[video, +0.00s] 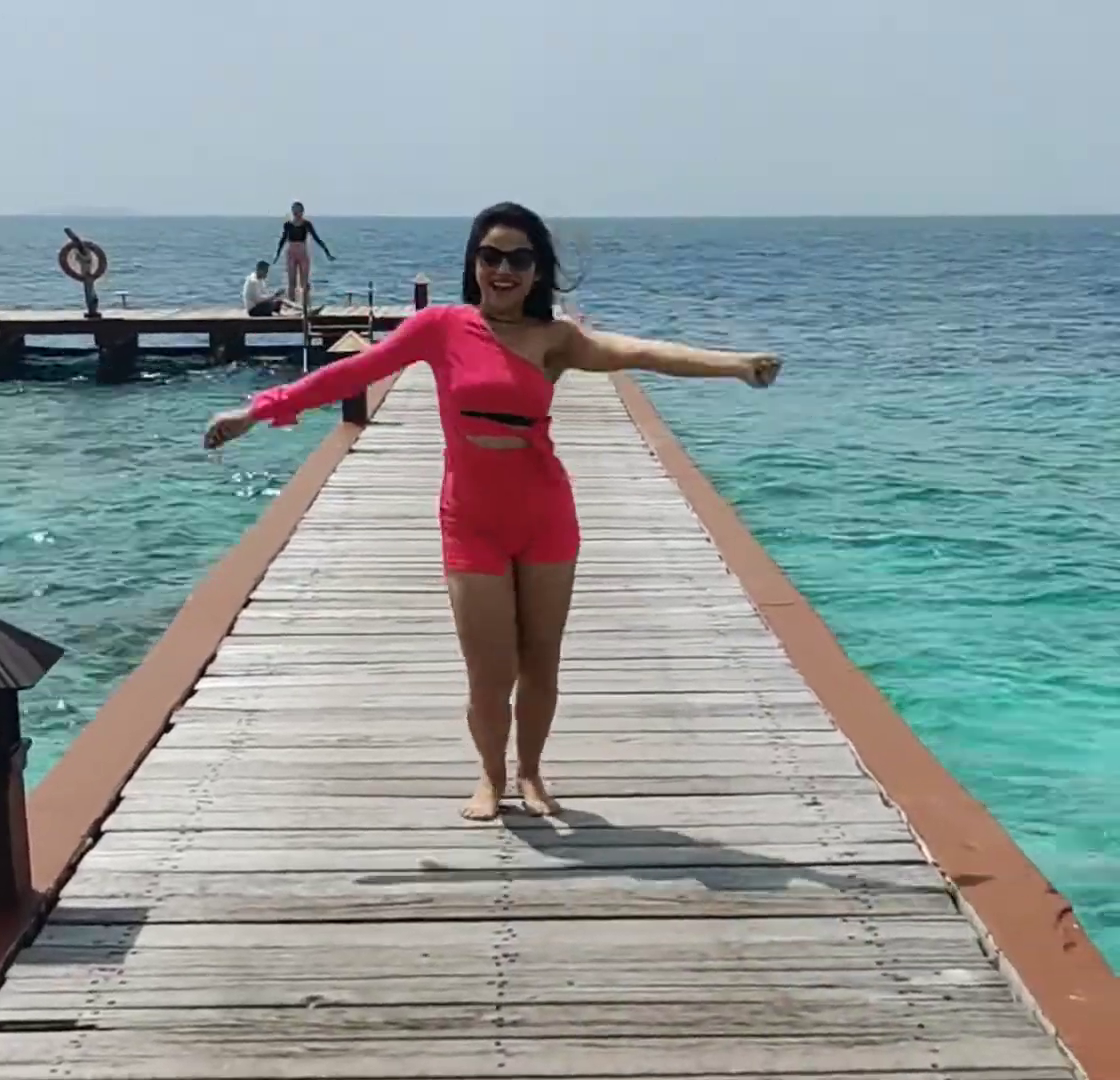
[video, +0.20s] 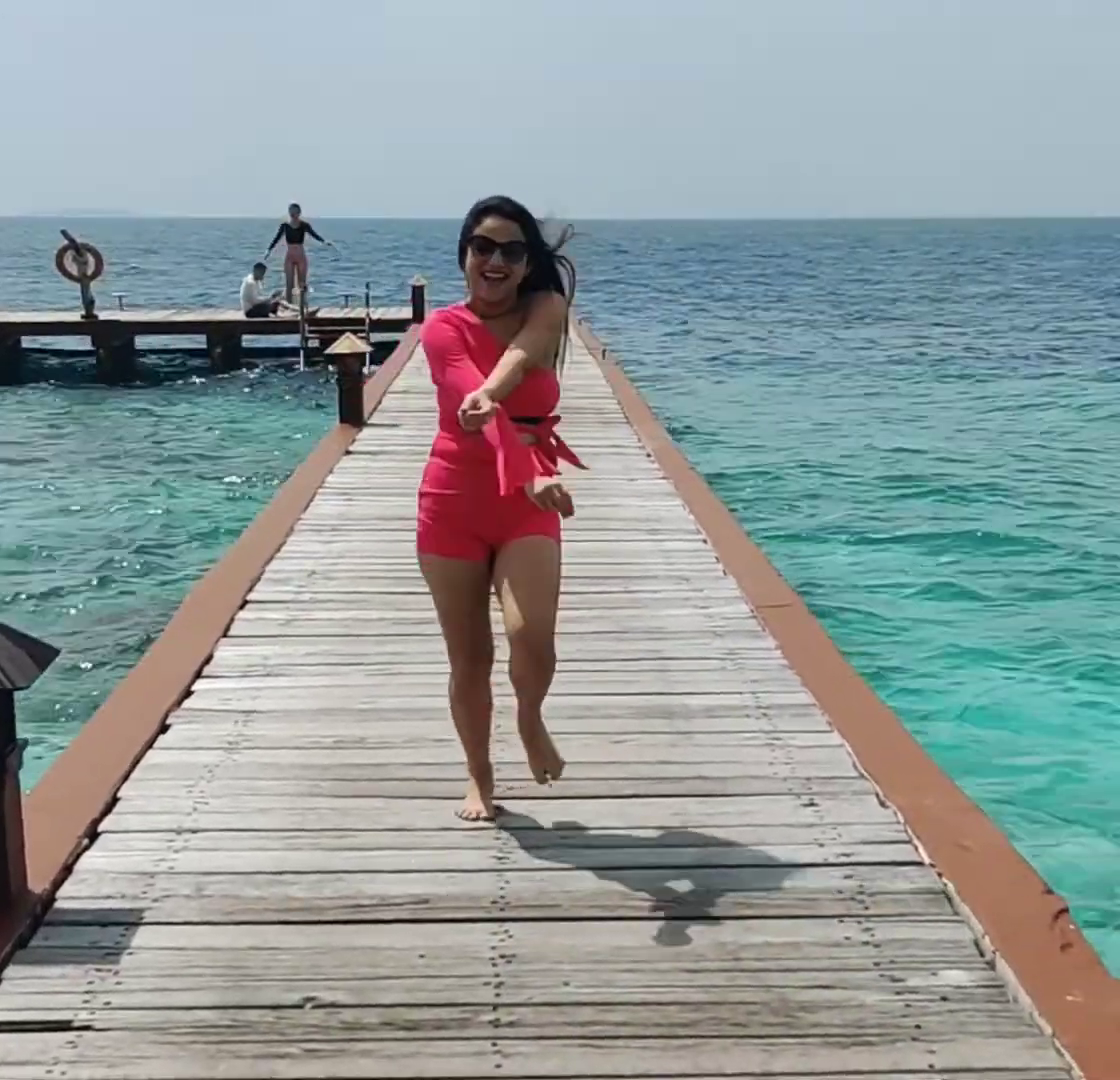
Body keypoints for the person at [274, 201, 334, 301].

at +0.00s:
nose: (297, 214)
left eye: (299, 211)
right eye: (295, 212)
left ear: (302, 212)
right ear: (292, 212)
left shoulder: (307, 224)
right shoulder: (288, 225)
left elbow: (317, 239)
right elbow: (283, 239)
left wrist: (327, 253)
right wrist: (277, 254)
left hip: (303, 254)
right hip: (291, 254)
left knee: (304, 284)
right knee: (291, 283)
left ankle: (305, 307)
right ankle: (291, 306)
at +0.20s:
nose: (294, 215)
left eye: (296, 213)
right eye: (292, 213)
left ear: (299, 213)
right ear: (289, 213)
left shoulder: (304, 225)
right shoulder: (285, 226)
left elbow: (314, 235)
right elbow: (276, 239)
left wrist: (324, 242)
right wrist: (269, 250)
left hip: (301, 256)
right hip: (289, 256)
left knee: (302, 284)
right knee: (289, 284)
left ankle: (303, 307)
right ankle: (288, 306)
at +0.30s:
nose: (292, 214)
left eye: (294, 212)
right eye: (290, 212)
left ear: (298, 212)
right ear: (288, 213)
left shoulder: (303, 225)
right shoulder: (284, 225)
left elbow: (311, 233)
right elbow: (277, 237)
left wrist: (317, 238)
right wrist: (272, 246)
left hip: (299, 252)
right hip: (289, 252)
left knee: (301, 282)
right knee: (287, 283)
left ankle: (301, 307)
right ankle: (287, 305)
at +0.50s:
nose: (291, 217)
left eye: (293, 215)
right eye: (289, 215)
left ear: (297, 214)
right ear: (287, 215)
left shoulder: (303, 225)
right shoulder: (284, 225)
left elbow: (308, 240)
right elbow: (279, 238)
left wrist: (304, 245)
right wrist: (280, 246)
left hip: (298, 249)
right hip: (288, 250)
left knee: (301, 281)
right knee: (287, 282)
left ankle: (301, 306)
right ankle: (287, 304)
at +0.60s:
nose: (291, 219)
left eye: (293, 217)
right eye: (289, 217)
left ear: (297, 216)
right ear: (287, 216)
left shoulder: (303, 225)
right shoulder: (283, 226)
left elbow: (307, 239)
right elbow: (281, 239)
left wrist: (308, 253)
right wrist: (279, 253)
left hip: (299, 250)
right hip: (288, 250)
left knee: (301, 280)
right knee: (288, 281)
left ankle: (302, 305)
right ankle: (287, 303)